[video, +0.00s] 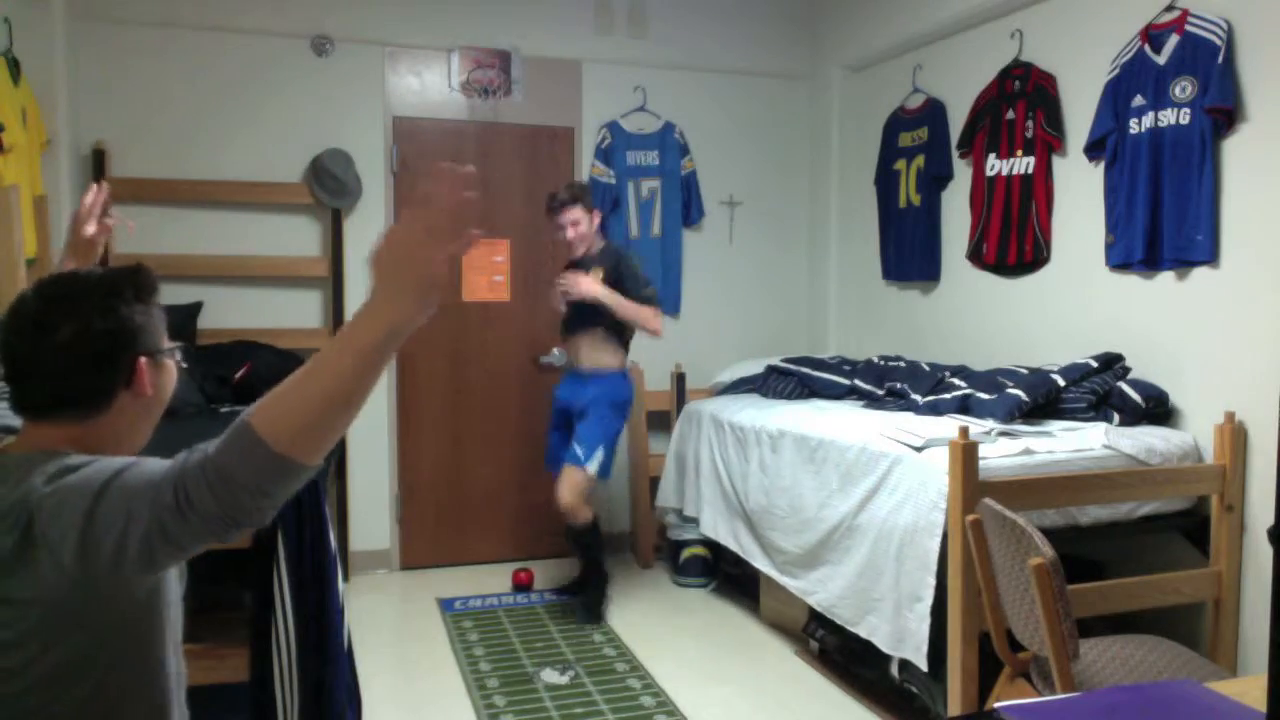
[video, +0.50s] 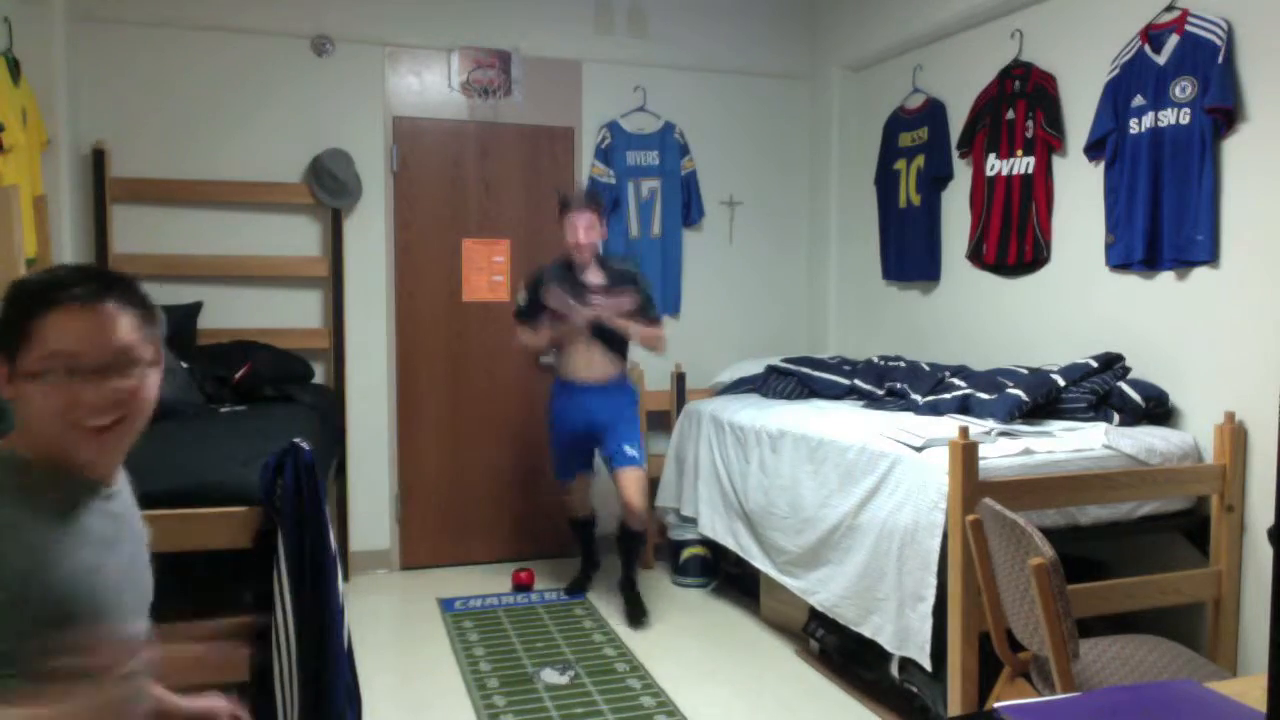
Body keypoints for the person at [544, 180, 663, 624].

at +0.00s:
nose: (569, 234)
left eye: (575, 223)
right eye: (562, 227)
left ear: (595, 219)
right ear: (557, 229)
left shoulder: (618, 263)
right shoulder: (572, 270)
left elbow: (655, 323)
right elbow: (575, 337)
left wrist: (598, 293)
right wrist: (562, 308)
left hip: (608, 387)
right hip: (572, 384)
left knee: (569, 494)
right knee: (569, 492)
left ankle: (596, 586)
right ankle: (586, 576)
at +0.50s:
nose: (580, 239)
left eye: (587, 229)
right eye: (572, 230)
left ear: (601, 231)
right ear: (562, 234)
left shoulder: (624, 277)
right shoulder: (547, 281)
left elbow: (656, 339)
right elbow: (528, 340)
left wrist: (609, 317)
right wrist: (567, 323)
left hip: (616, 396)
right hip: (568, 398)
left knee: (635, 501)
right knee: (575, 494)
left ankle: (629, 582)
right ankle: (587, 563)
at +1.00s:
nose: (616, 231)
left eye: (623, 220)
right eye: (605, 222)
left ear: (633, 218)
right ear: (581, 221)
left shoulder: (651, 266)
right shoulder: (553, 280)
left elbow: (702, 321)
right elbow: (518, 356)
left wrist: (649, 269)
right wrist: (580, 362)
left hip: (647, 419)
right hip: (590, 421)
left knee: (665, 553)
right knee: (591, 544)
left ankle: (646, 606)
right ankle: (598, 650)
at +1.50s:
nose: (614, 164)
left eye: (627, 146)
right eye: (599, 150)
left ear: (656, 146)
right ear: (583, 156)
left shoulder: (708, 235)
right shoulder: (565, 244)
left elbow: (780, 343)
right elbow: (539, 342)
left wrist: (734, 306)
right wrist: (547, 377)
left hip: (687, 460)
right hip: (599, 459)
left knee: (703, 629)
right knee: (595, 631)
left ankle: (706, 714)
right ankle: (596, 714)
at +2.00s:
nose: (664, 144)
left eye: (692, 115)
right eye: (646, 118)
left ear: (749, 124)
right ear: (631, 125)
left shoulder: (811, 248)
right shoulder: (607, 241)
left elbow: (914, 434)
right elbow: (520, 405)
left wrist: (841, 327)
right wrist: (597, 310)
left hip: (758, 602)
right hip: (625, 591)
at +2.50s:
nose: (539, 54)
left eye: (576, 16)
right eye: (513, 18)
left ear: (639, 32)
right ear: (484, 41)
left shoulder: (715, 207)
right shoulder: (440, 211)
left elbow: (881, 445)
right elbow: (300, 451)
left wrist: (748, 290)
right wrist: (469, 318)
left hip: (676, 654)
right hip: (502, 657)